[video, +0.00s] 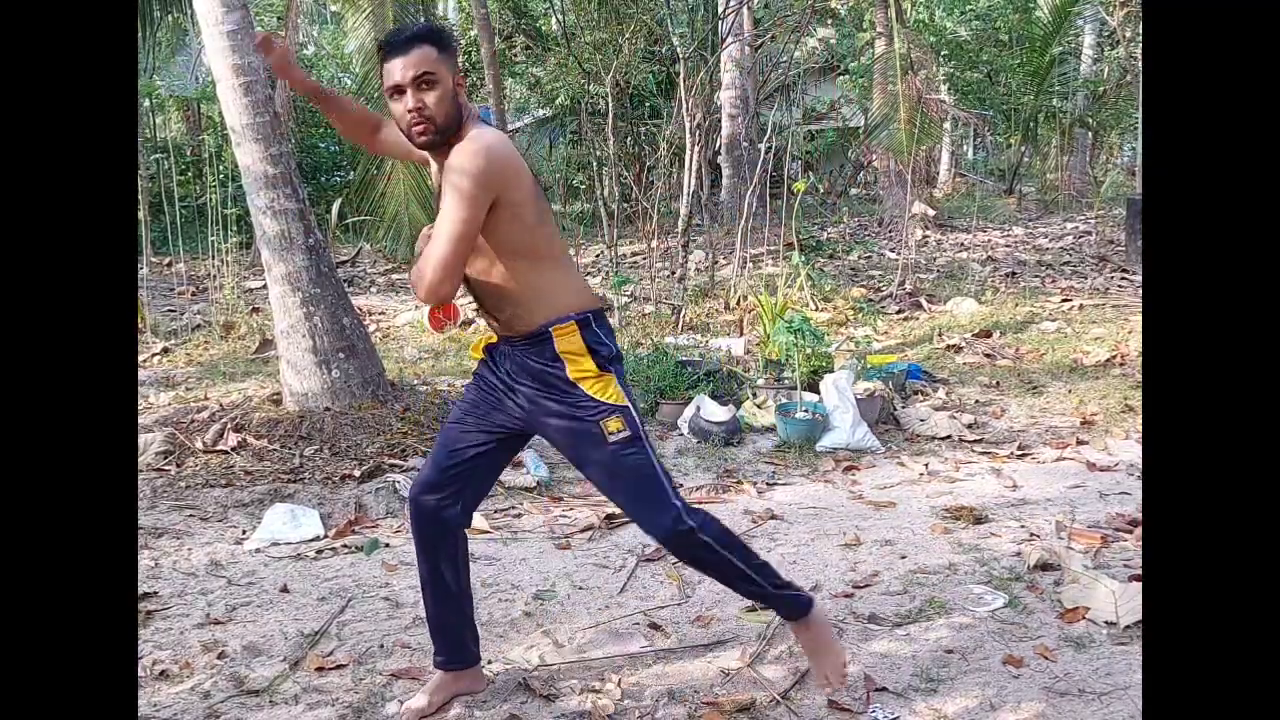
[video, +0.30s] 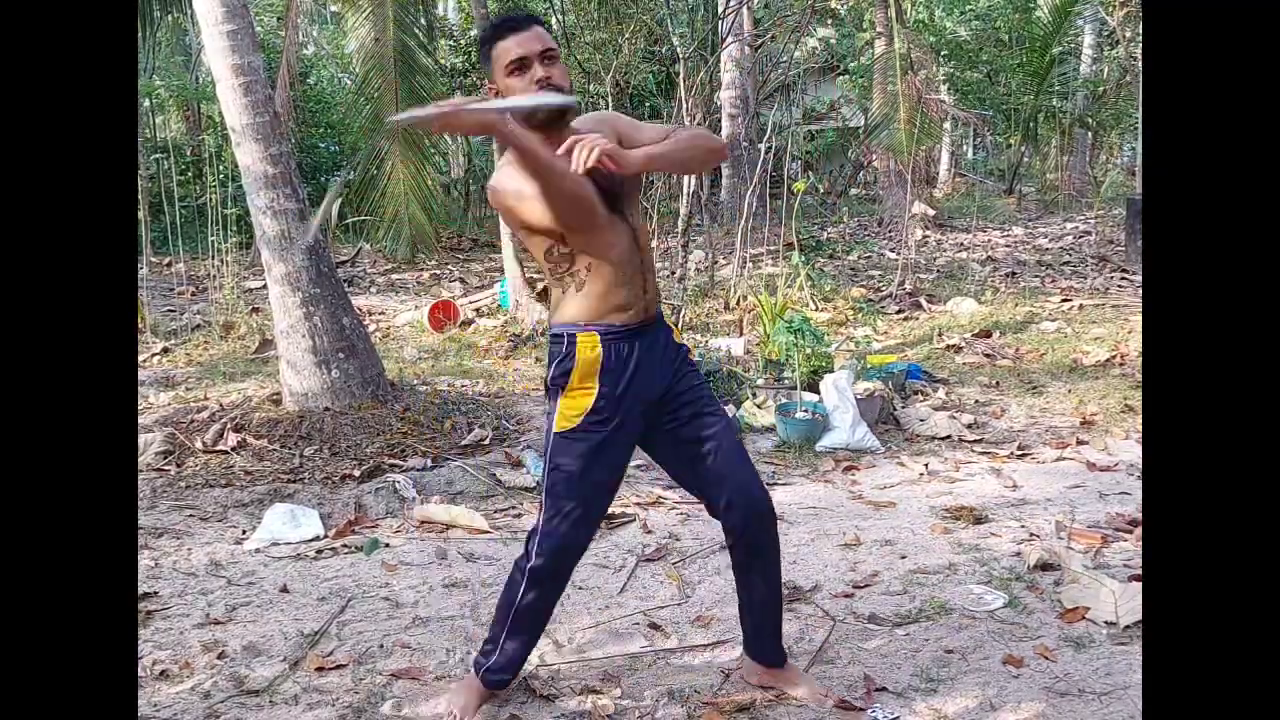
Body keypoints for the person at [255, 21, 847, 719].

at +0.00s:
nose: (411, 103)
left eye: (425, 84)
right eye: (398, 93)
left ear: (460, 82)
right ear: (393, 102)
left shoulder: (476, 155)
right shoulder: (445, 150)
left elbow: (431, 290)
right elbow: (375, 133)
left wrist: (430, 252)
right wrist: (301, 83)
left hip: (571, 354)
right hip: (510, 358)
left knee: (668, 522)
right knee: (432, 502)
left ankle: (804, 618)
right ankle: (459, 669)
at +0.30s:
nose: (541, 73)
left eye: (547, 58)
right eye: (520, 67)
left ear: (564, 64)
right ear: (496, 92)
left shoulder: (598, 125)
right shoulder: (510, 183)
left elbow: (711, 148)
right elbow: (593, 229)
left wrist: (630, 160)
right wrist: (515, 133)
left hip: (658, 350)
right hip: (592, 363)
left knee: (750, 506)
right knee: (561, 535)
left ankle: (768, 663)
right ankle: (486, 679)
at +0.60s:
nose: (680, 78)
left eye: (686, 64)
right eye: (665, 62)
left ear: (685, 67)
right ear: (619, 64)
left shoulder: (635, 147)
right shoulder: (598, 153)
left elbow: (636, 249)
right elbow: (588, 289)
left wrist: (677, 230)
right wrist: (678, 343)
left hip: (644, 359)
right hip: (592, 362)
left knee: (738, 508)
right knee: (563, 537)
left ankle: (766, 664)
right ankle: (477, 685)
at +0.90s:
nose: (791, 71)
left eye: (800, 56)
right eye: (776, 53)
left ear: (804, 58)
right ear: (729, 49)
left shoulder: (792, 139)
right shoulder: (665, 131)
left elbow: (816, 249)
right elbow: (576, 222)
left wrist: (758, 258)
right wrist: (638, 268)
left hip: (748, 345)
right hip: (669, 343)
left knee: (793, 512)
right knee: (624, 515)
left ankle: (767, 662)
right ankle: (541, 671)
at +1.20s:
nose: (808, 52)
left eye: (818, 36)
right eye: (791, 34)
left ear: (824, 38)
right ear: (745, 34)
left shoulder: (836, 123)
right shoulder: (695, 115)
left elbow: (827, 251)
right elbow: (619, 199)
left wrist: (712, 234)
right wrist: (677, 86)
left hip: (792, 338)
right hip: (709, 336)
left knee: (810, 522)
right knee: (675, 511)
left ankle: (769, 662)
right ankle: (595, 672)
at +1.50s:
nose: (809, 56)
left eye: (824, 38)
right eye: (791, 34)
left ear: (835, 41)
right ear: (747, 29)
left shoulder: (826, 140)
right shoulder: (689, 108)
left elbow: (877, 233)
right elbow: (560, 155)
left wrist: (916, 222)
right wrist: (643, 134)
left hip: (763, 345)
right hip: (686, 339)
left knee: (801, 533)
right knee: (663, 541)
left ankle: (768, 662)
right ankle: (614, 711)